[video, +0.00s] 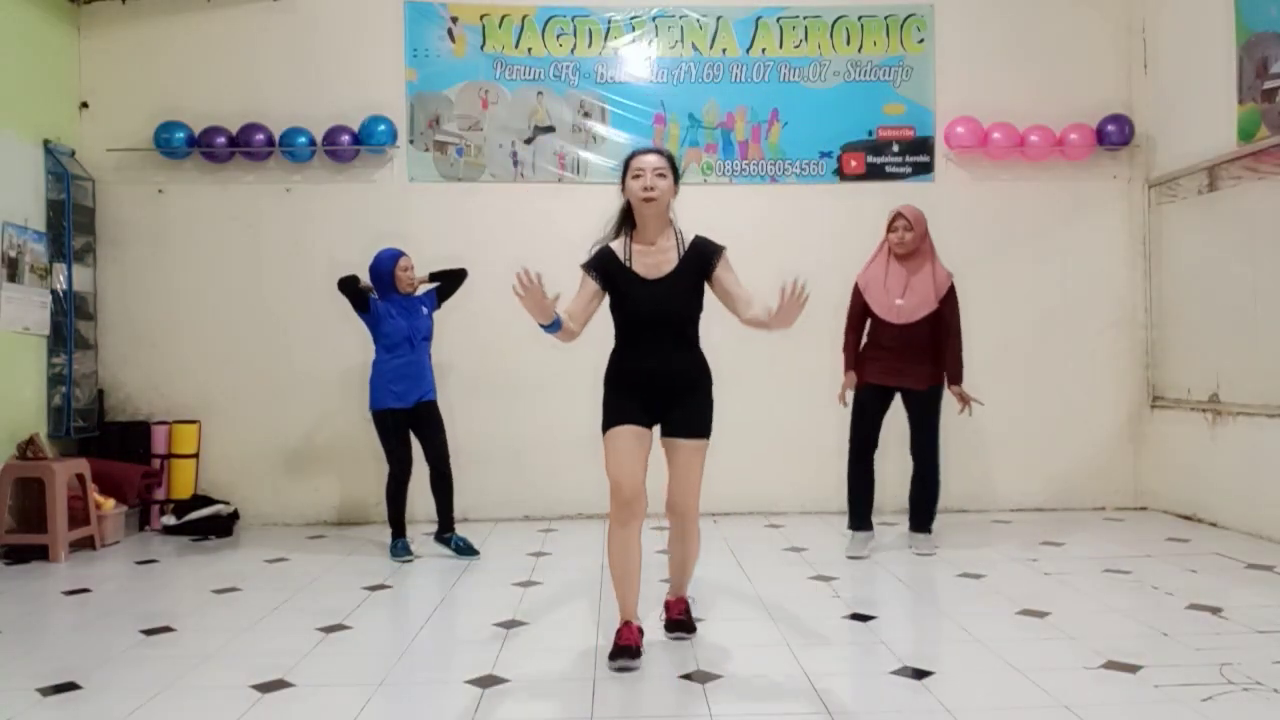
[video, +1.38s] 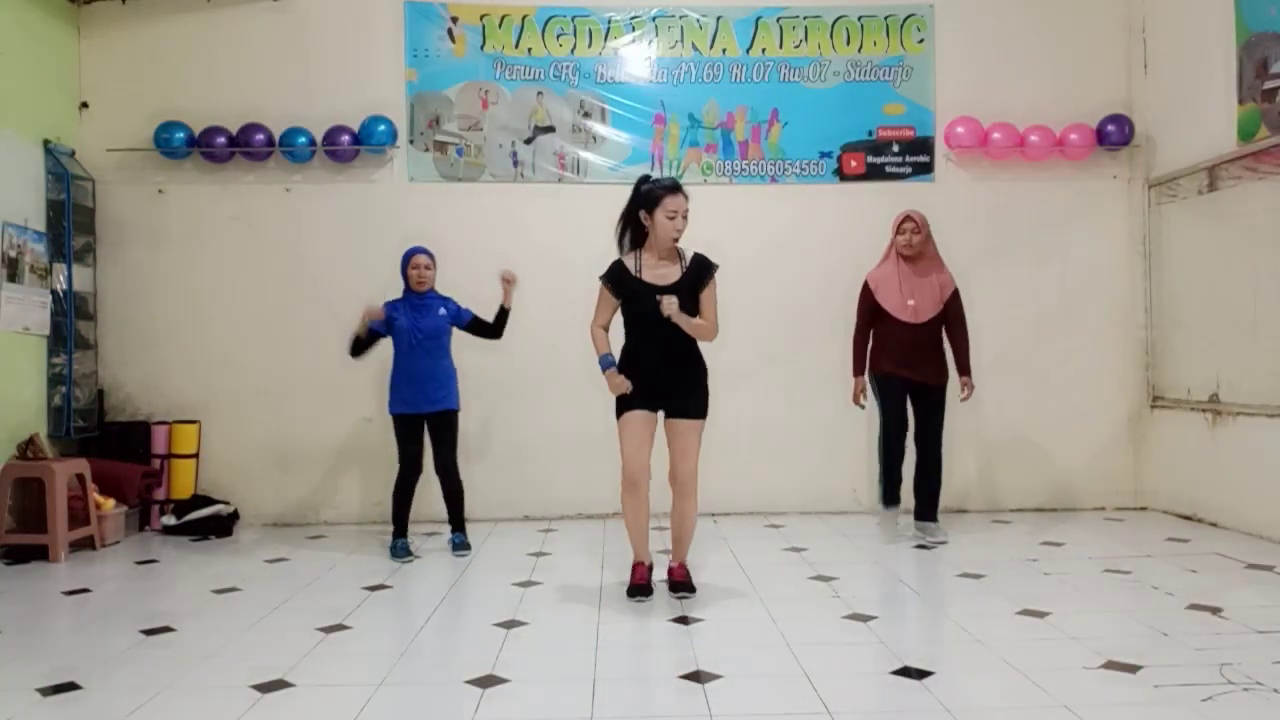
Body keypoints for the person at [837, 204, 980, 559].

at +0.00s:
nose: (898, 235)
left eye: (906, 230)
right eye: (893, 229)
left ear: (921, 235)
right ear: (886, 235)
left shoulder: (938, 279)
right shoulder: (872, 275)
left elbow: (951, 332)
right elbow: (854, 323)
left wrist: (955, 381)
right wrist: (850, 368)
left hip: (922, 376)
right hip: (876, 372)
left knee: (925, 452)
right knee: (860, 449)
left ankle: (921, 529)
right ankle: (860, 529)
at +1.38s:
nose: (909, 236)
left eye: (915, 231)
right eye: (903, 232)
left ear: (927, 238)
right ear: (894, 238)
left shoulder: (940, 278)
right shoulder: (879, 277)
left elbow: (956, 325)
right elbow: (862, 327)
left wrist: (964, 370)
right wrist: (858, 374)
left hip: (930, 372)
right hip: (888, 371)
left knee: (929, 444)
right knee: (893, 436)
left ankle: (926, 519)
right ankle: (890, 506)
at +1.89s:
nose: (911, 231)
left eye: (916, 226)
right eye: (904, 226)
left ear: (924, 234)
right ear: (892, 236)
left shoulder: (935, 275)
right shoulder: (879, 275)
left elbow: (943, 327)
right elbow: (867, 329)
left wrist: (943, 369)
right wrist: (869, 371)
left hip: (924, 367)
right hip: (886, 370)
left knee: (949, 417)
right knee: (884, 442)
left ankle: (928, 489)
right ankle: (884, 516)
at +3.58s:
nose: (910, 230)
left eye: (915, 225)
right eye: (903, 226)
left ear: (924, 232)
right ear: (892, 234)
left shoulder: (942, 275)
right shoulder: (879, 274)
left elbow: (951, 329)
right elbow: (858, 322)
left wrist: (951, 375)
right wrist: (840, 301)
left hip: (926, 365)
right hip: (885, 363)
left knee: (925, 441)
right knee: (888, 432)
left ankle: (917, 520)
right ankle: (890, 498)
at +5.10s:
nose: (897, 226)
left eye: (903, 221)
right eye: (890, 222)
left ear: (912, 230)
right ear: (879, 231)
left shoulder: (923, 261)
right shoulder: (868, 263)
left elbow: (939, 221)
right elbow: (863, 220)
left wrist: (921, 177)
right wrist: (888, 175)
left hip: (917, 359)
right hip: (876, 358)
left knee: (914, 436)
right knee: (879, 432)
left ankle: (908, 510)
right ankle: (879, 501)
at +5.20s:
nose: (902, 237)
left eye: (906, 232)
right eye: (894, 232)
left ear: (912, 239)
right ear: (879, 238)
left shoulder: (921, 267)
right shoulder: (866, 269)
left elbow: (941, 223)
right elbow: (856, 219)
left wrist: (917, 181)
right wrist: (883, 178)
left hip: (919, 368)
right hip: (878, 368)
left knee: (914, 445)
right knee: (884, 442)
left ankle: (904, 515)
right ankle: (878, 514)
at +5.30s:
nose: (903, 233)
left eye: (907, 228)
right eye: (896, 228)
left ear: (912, 233)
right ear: (881, 233)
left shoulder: (922, 260)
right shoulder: (863, 262)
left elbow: (948, 220)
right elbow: (847, 211)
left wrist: (913, 189)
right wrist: (878, 183)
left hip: (917, 363)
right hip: (876, 364)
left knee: (918, 440)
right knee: (880, 438)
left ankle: (907, 513)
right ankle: (877, 515)